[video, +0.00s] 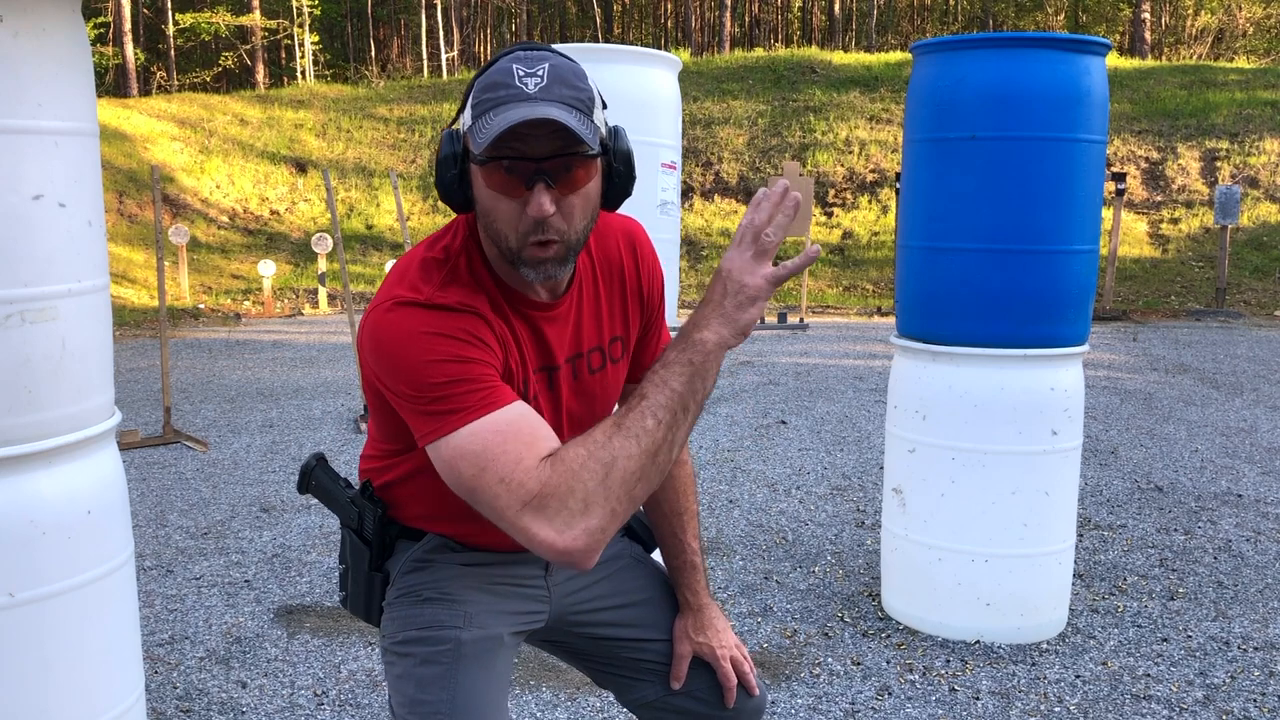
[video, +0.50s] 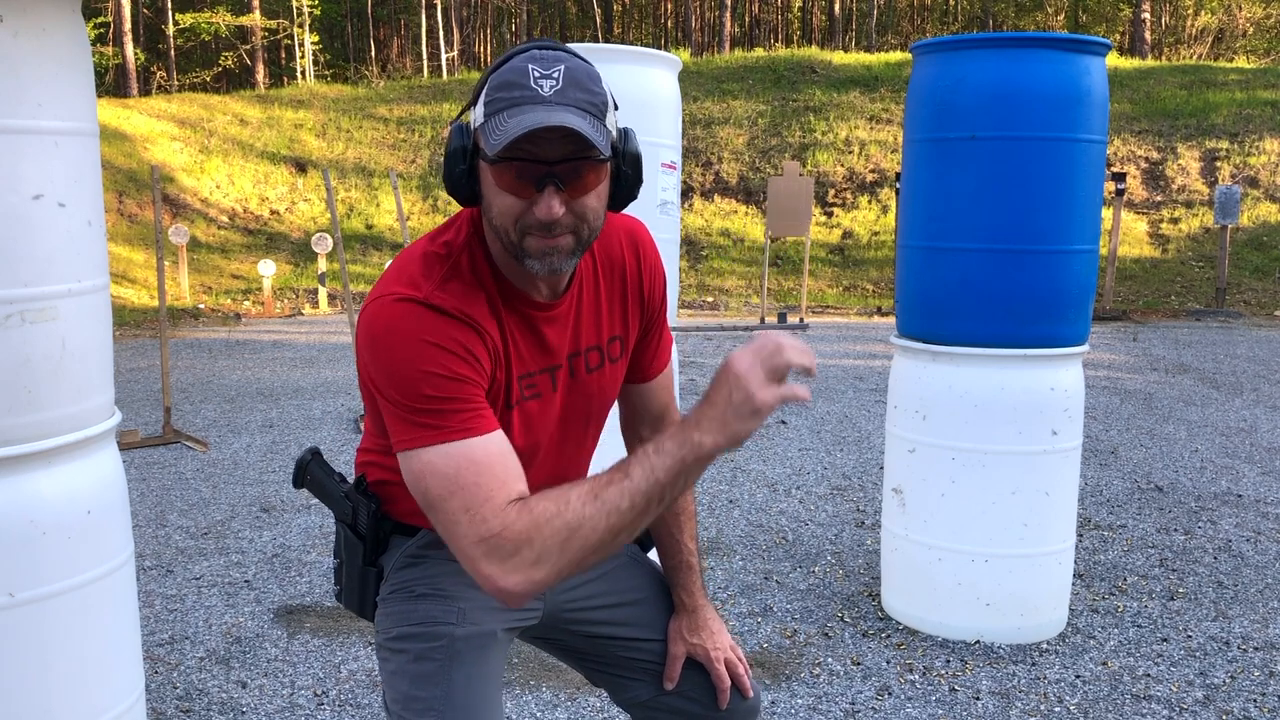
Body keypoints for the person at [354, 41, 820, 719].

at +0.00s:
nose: (542, 207)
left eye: (567, 170)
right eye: (511, 170)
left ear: (605, 172)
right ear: (465, 172)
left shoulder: (624, 250)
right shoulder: (415, 317)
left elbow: (657, 436)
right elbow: (562, 523)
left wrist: (694, 594)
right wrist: (711, 329)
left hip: (592, 557)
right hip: (449, 565)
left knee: (729, 703)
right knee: (458, 705)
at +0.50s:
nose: (550, 204)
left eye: (577, 172)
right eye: (523, 171)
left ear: (613, 170)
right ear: (474, 166)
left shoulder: (628, 253)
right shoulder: (415, 313)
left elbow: (655, 432)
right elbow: (510, 558)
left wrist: (690, 599)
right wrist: (703, 430)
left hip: (567, 536)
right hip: (433, 551)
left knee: (721, 701)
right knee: (456, 705)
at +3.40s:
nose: (612, 183)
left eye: (639, 154)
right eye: (591, 144)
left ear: (660, 164)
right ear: (522, 129)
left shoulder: (655, 256)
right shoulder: (408, 258)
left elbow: (667, 430)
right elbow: (323, 495)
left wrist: (673, 607)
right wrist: (543, 411)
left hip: (560, 528)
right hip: (421, 536)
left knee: (689, 704)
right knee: (428, 707)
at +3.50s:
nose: (613, 182)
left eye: (640, 153)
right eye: (593, 142)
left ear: (660, 163)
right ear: (521, 127)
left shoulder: (651, 253)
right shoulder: (411, 250)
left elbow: (664, 429)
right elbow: (334, 480)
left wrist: (673, 611)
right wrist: (548, 395)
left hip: (558, 527)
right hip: (419, 533)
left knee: (682, 701)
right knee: (425, 707)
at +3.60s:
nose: (616, 180)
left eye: (642, 152)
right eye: (596, 141)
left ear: (661, 162)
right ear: (522, 126)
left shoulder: (650, 253)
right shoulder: (414, 249)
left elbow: (663, 429)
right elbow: (339, 478)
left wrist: (671, 614)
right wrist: (547, 399)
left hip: (555, 529)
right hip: (417, 534)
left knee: (681, 703)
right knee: (424, 707)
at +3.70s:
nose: (618, 180)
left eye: (643, 152)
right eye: (597, 141)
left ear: (662, 162)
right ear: (526, 126)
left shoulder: (651, 255)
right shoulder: (416, 249)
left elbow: (662, 431)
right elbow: (339, 477)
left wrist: (669, 616)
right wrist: (548, 401)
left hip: (554, 530)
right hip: (415, 534)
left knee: (680, 703)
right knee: (424, 707)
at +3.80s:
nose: (617, 181)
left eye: (643, 153)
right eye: (597, 141)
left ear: (661, 164)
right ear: (526, 126)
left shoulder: (651, 256)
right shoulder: (415, 251)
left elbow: (662, 431)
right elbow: (339, 480)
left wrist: (670, 617)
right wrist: (547, 402)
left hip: (553, 530)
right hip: (415, 535)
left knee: (680, 704)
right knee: (425, 707)